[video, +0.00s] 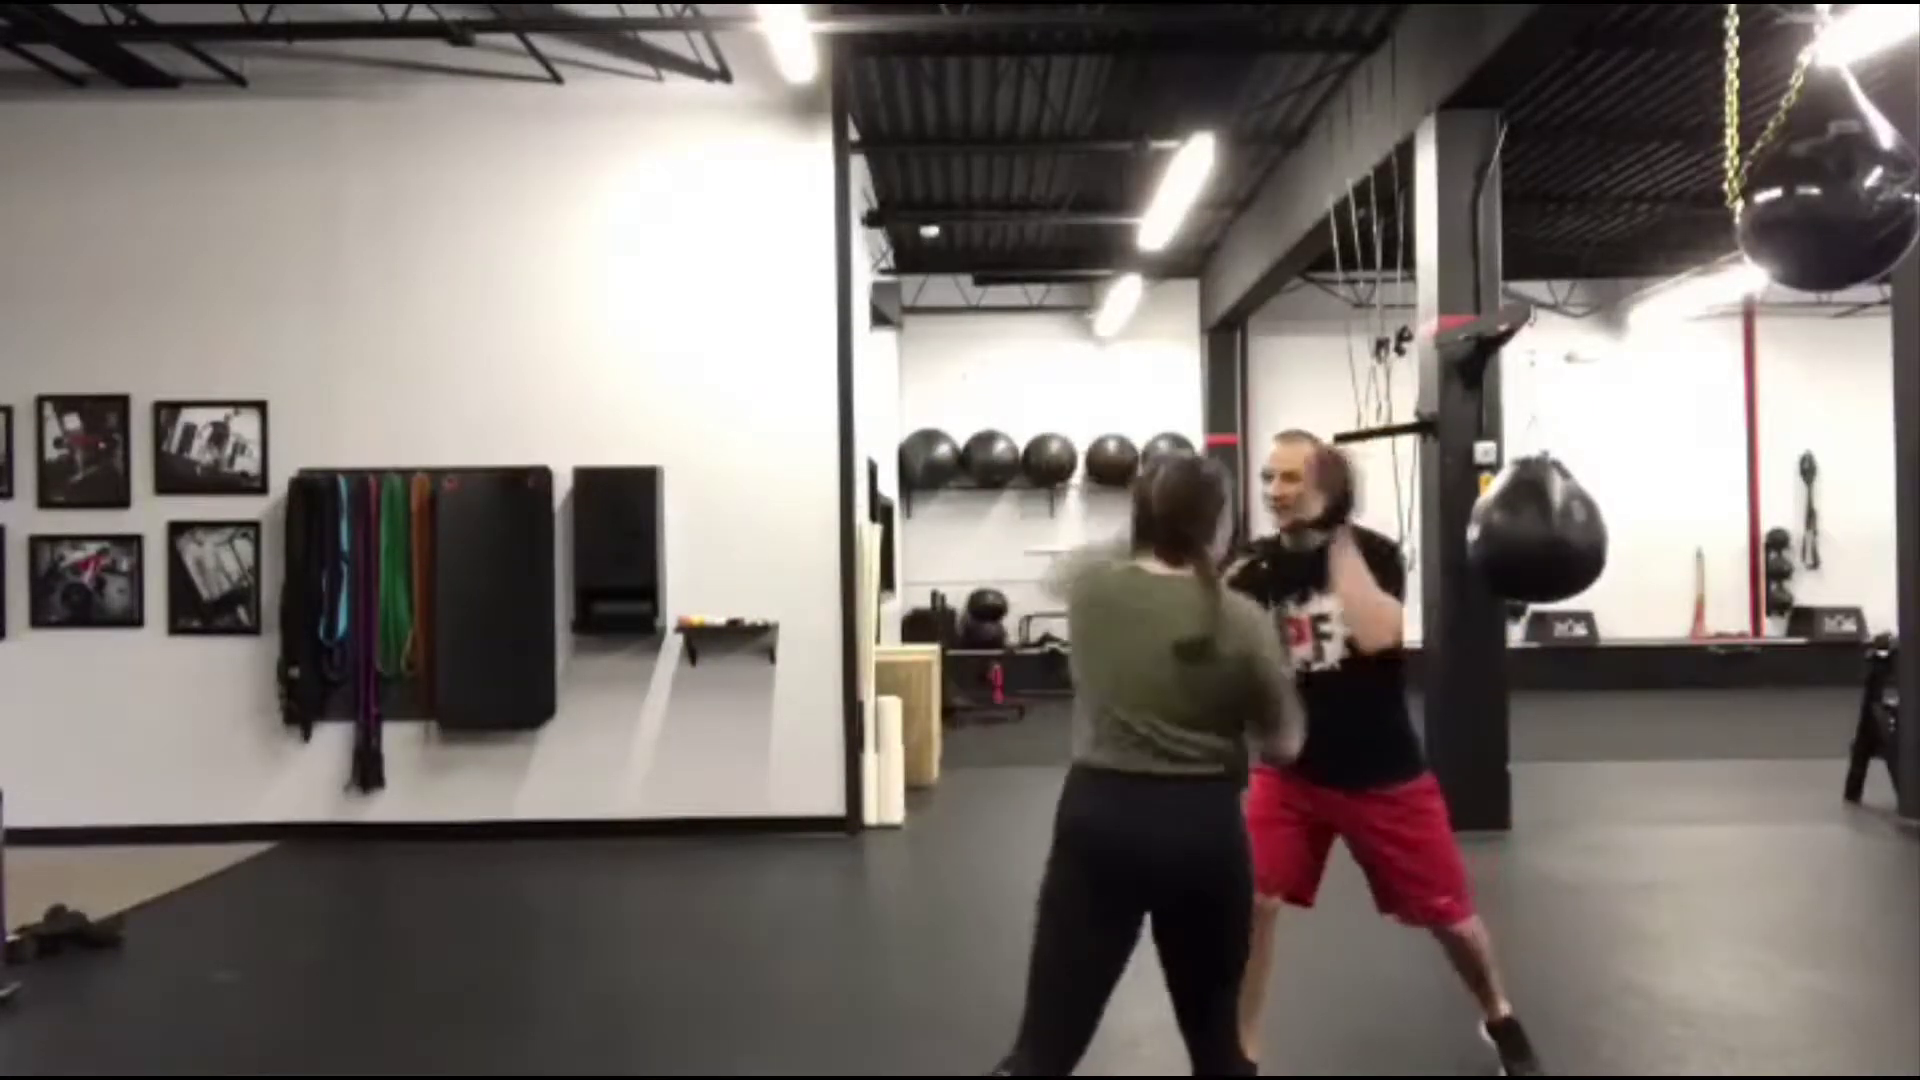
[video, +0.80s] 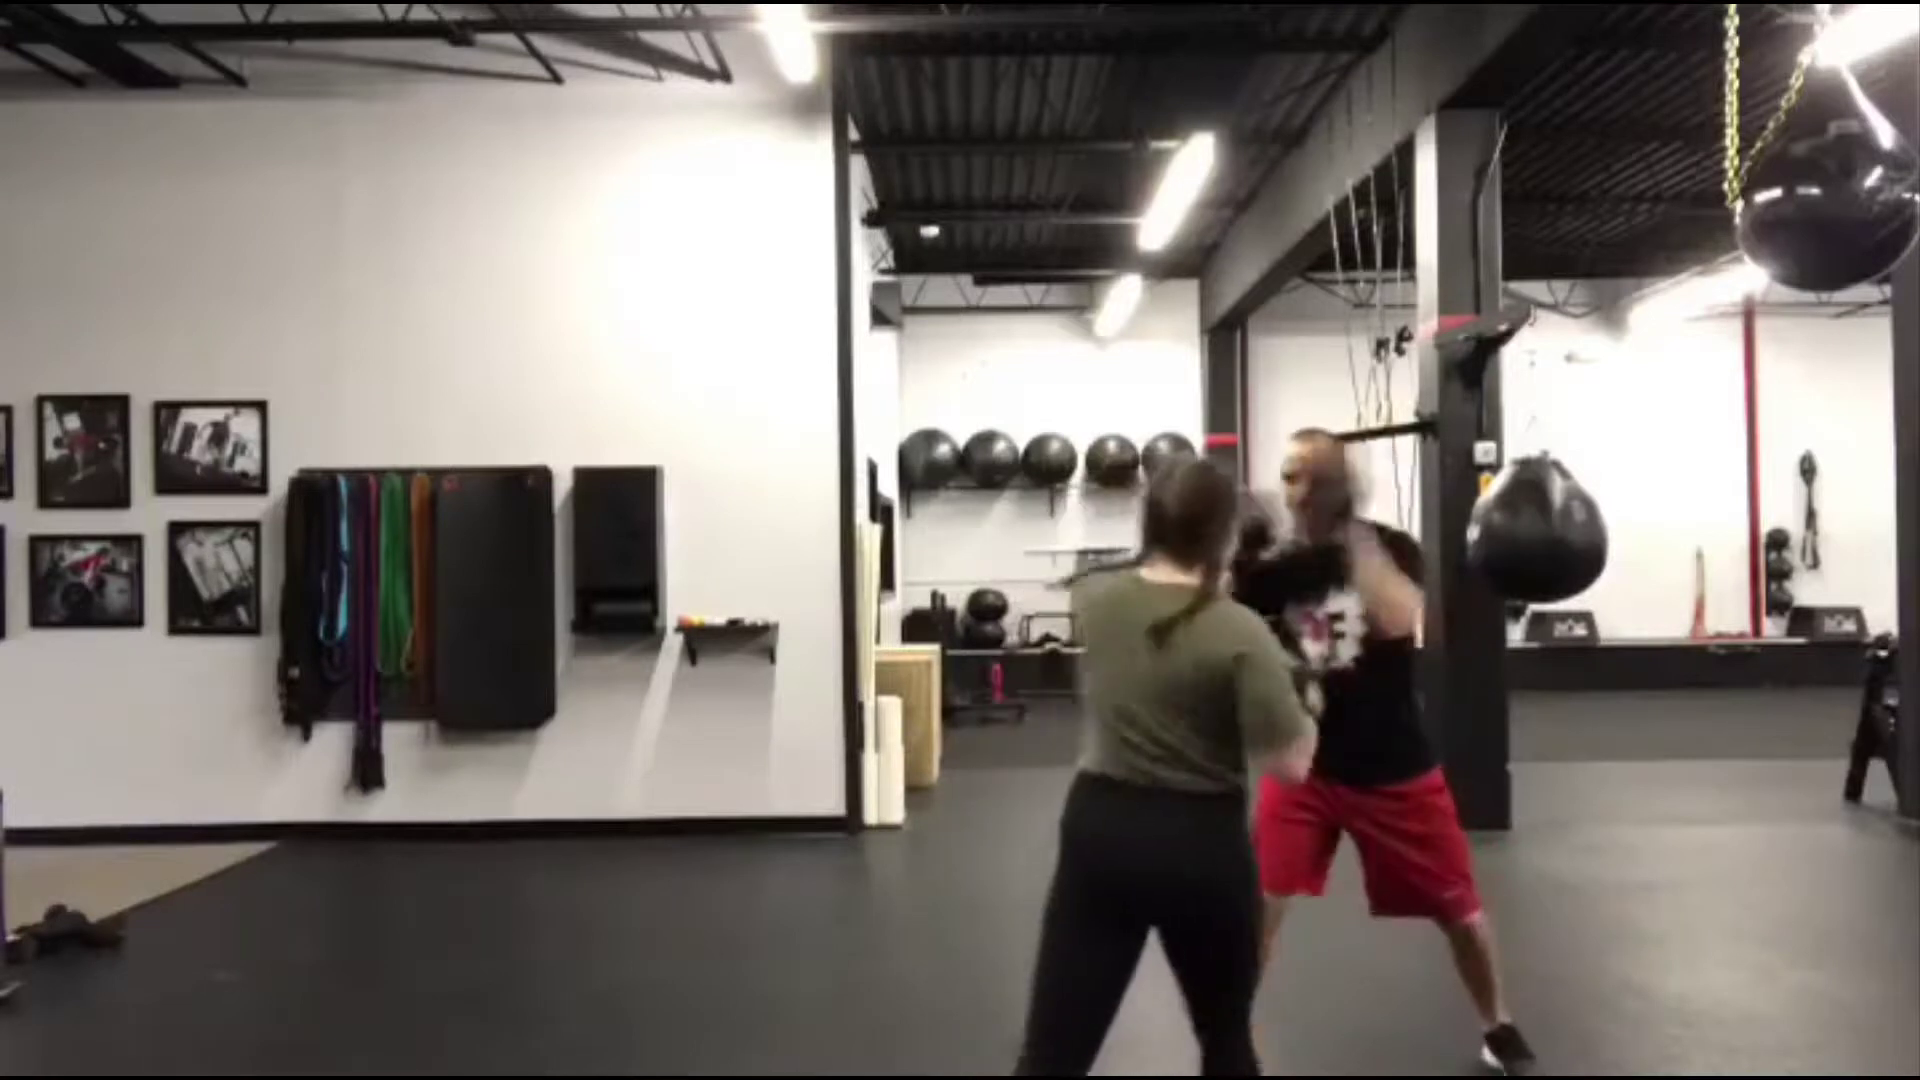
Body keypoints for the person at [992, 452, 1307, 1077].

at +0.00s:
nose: (1233, 522)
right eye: (1227, 512)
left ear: (1138, 517)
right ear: (1217, 526)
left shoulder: (1092, 587)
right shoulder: (1244, 621)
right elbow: (1283, 740)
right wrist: (1222, 702)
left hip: (1100, 815)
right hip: (1203, 825)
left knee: (1046, 1043)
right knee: (1216, 1038)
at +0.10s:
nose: (1223, 526)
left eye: (1221, 514)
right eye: (1219, 515)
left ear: (1133, 522)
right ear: (1202, 531)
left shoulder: (1094, 585)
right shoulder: (1210, 627)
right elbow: (1254, 751)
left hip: (1091, 811)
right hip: (1187, 830)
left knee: (1045, 1048)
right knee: (1218, 1044)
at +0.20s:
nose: (1198, 523)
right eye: (1194, 514)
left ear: (1110, 522)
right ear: (1188, 530)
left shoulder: (1066, 606)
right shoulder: (1212, 625)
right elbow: (1269, 747)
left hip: (1081, 834)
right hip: (1184, 844)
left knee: (1039, 1047)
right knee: (1214, 1042)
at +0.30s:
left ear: (1078, 537)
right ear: (1159, 535)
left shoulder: (1038, 639)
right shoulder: (1208, 632)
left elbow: (1015, 735)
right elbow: (1265, 742)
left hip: (1073, 862)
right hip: (1182, 859)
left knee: (1028, 1055)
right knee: (1200, 1032)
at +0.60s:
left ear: (1076, 559)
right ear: (1153, 555)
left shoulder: (1043, 657)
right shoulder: (1204, 657)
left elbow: (983, 759)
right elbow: (1234, 771)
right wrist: (1167, 722)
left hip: (1064, 891)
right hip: (1171, 893)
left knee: (1003, 1060)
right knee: (1169, 1033)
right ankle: (1204, 1073)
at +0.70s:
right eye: (1198, 528)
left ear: (1119, 532)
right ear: (1197, 538)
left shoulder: (1067, 613)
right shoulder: (1236, 642)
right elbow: (1276, 767)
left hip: (1078, 852)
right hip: (1187, 859)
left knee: (1035, 1050)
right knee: (1199, 1033)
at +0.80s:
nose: (1237, 537)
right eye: (1235, 525)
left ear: (1149, 522)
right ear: (1227, 536)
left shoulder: (1094, 601)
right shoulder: (1240, 636)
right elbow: (1294, 761)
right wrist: (1302, 692)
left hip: (1101, 826)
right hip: (1202, 838)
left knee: (1055, 1045)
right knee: (1226, 1038)